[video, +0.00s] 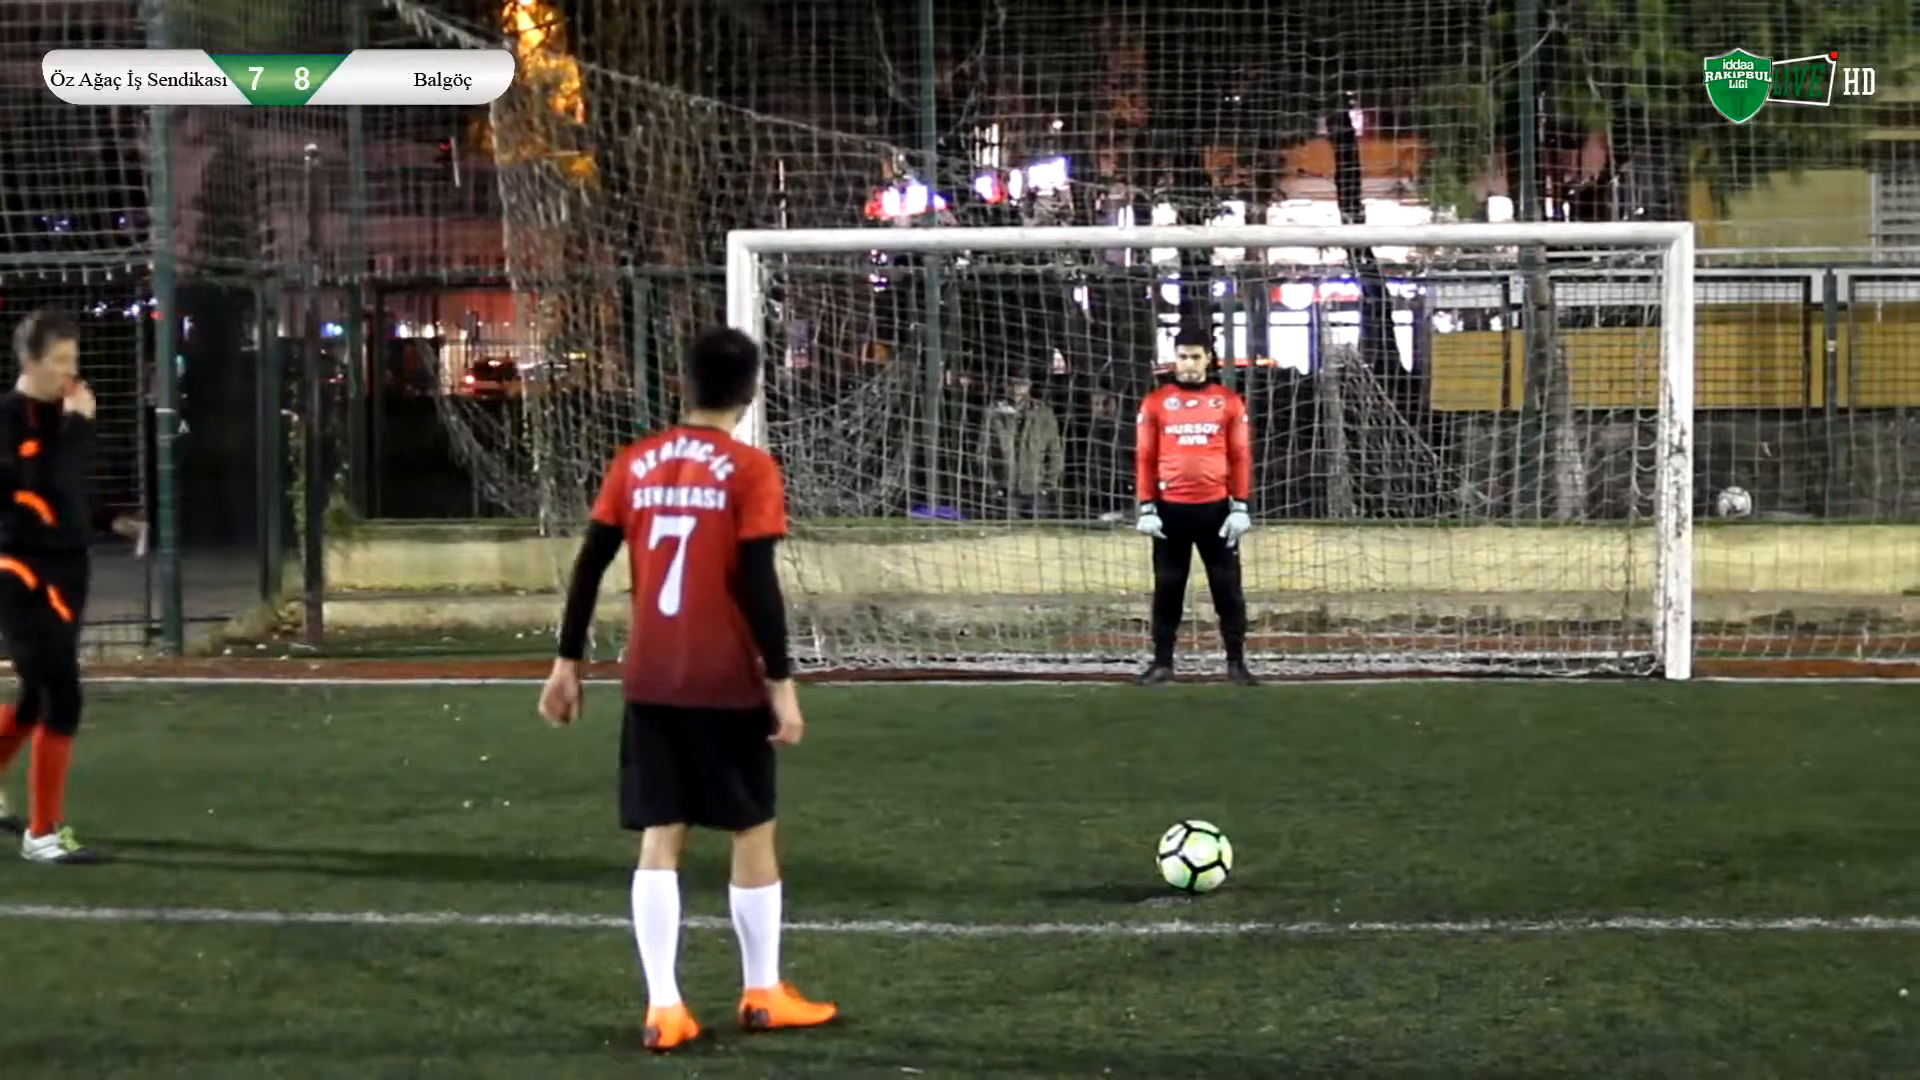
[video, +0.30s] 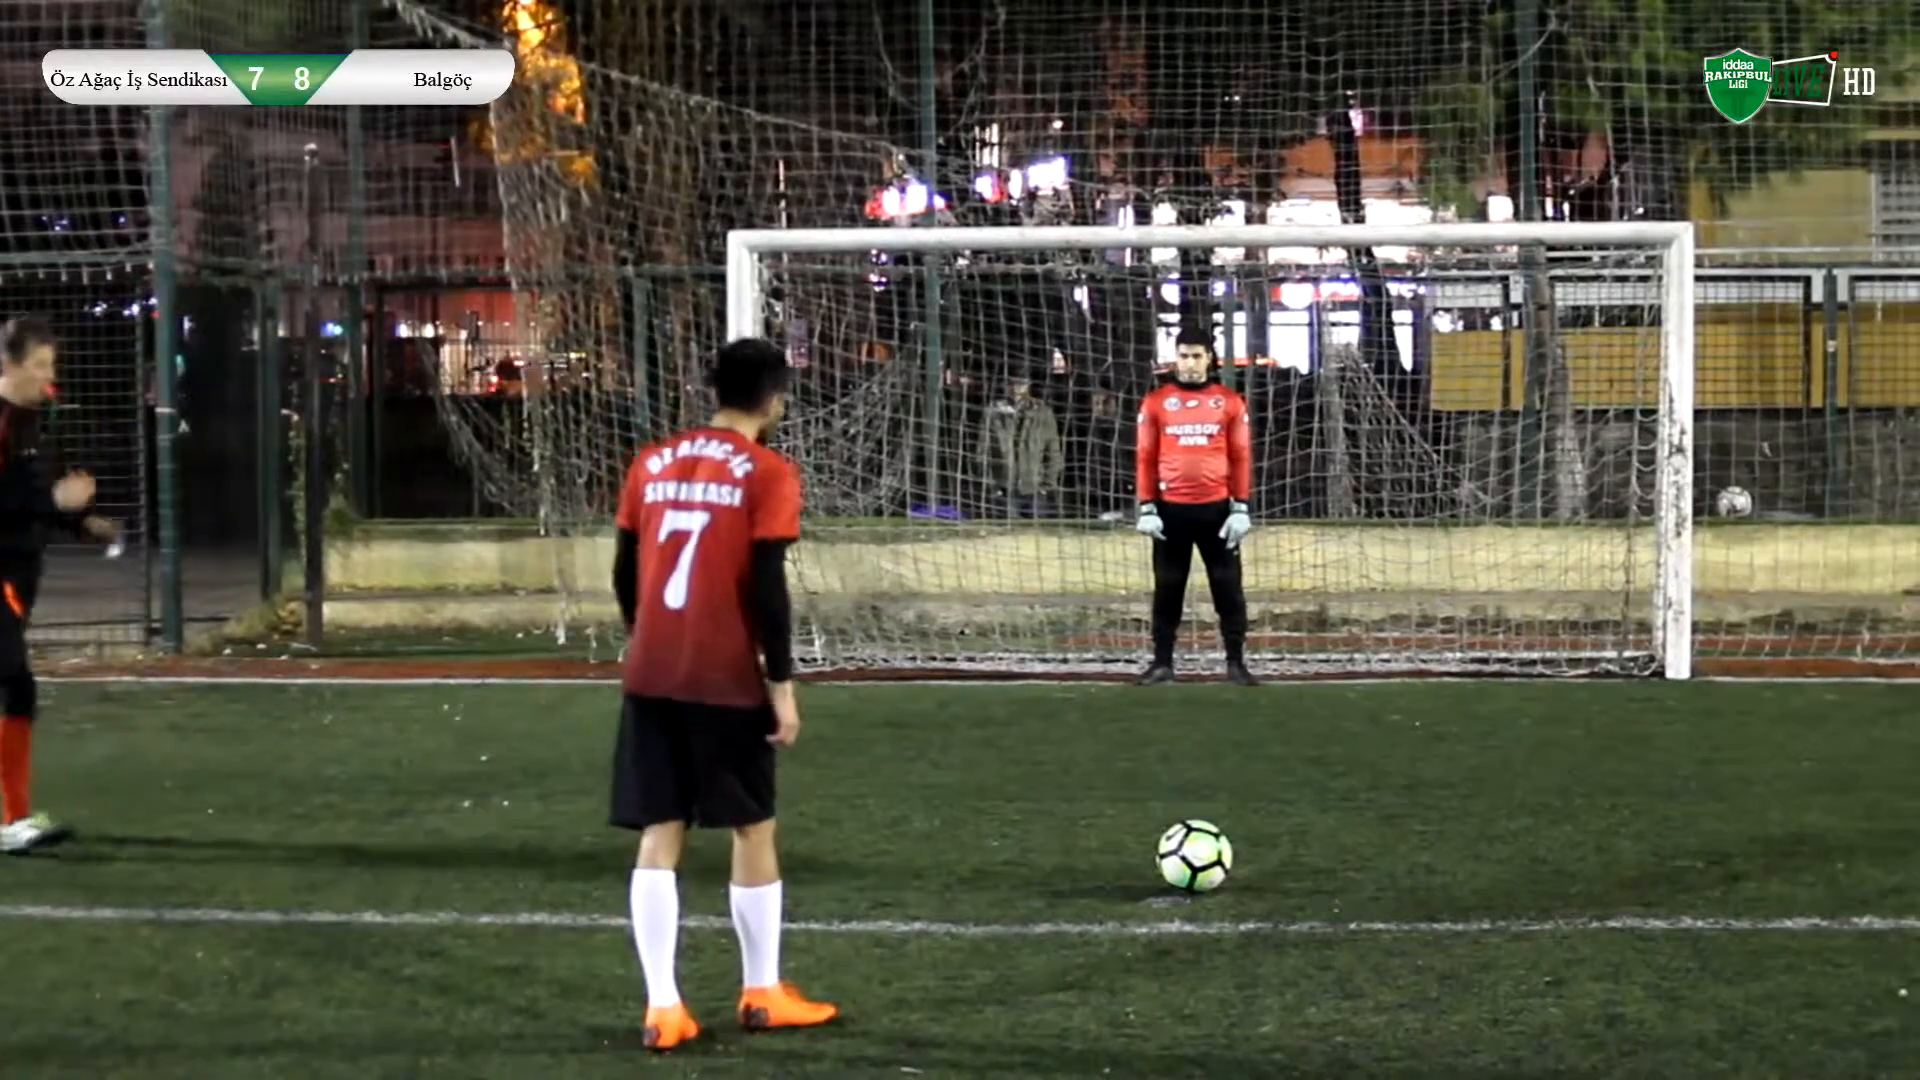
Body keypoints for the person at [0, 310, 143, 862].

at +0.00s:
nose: (71, 372)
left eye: (74, 362)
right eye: (63, 363)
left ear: (70, 363)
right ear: (30, 363)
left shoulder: (62, 416)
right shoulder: (11, 419)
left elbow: (74, 500)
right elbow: (57, 504)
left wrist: (113, 521)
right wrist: (78, 425)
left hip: (58, 575)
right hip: (24, 577)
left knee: (32, 698)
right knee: (61, 699)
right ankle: (42, 831)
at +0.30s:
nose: (52, 378)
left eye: (54, 367)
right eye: (45, 367)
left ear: (24, 368)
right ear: (13, 367)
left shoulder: (26, 422)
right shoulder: (7, 424)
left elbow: (26, 504)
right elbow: (9, 507)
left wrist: (77, 523)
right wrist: (55, 502)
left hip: (16, 581)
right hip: (1, 583)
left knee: (15, 692)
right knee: (17, 691)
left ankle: (16, 814)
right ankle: (12, 816)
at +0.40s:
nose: (45, 378)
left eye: (46, 366)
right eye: (38, 365)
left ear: (21, 365)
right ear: (6, 363)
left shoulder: (21, 424)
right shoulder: (6, 428)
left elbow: (45, 489)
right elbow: (6, 505)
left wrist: (105, 502)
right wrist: (44, 518)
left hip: (13, 599)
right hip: (3, 601)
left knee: (15, 696)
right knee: (14, 696)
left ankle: (5, 812)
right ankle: (3, 812)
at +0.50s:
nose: (43, 369)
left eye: (42, 357)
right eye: (36, 356)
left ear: (13, 360)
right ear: (8, 359)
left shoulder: (18, 419)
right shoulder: (5, 420)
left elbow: (64, 459)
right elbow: (3, 499)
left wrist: (130, 448)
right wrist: (29, 536)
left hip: (13, 576)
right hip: (3, 580)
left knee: (5, 684)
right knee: (3, 687)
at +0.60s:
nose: (42, 368)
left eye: (41, 355)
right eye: (35, 355)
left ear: (13, 359)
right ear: (7, 358)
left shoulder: (15, 416)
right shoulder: (1, 418)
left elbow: (57, 444)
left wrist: (123, 426)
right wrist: (22, 546)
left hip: (9, 588)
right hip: (1, 592)